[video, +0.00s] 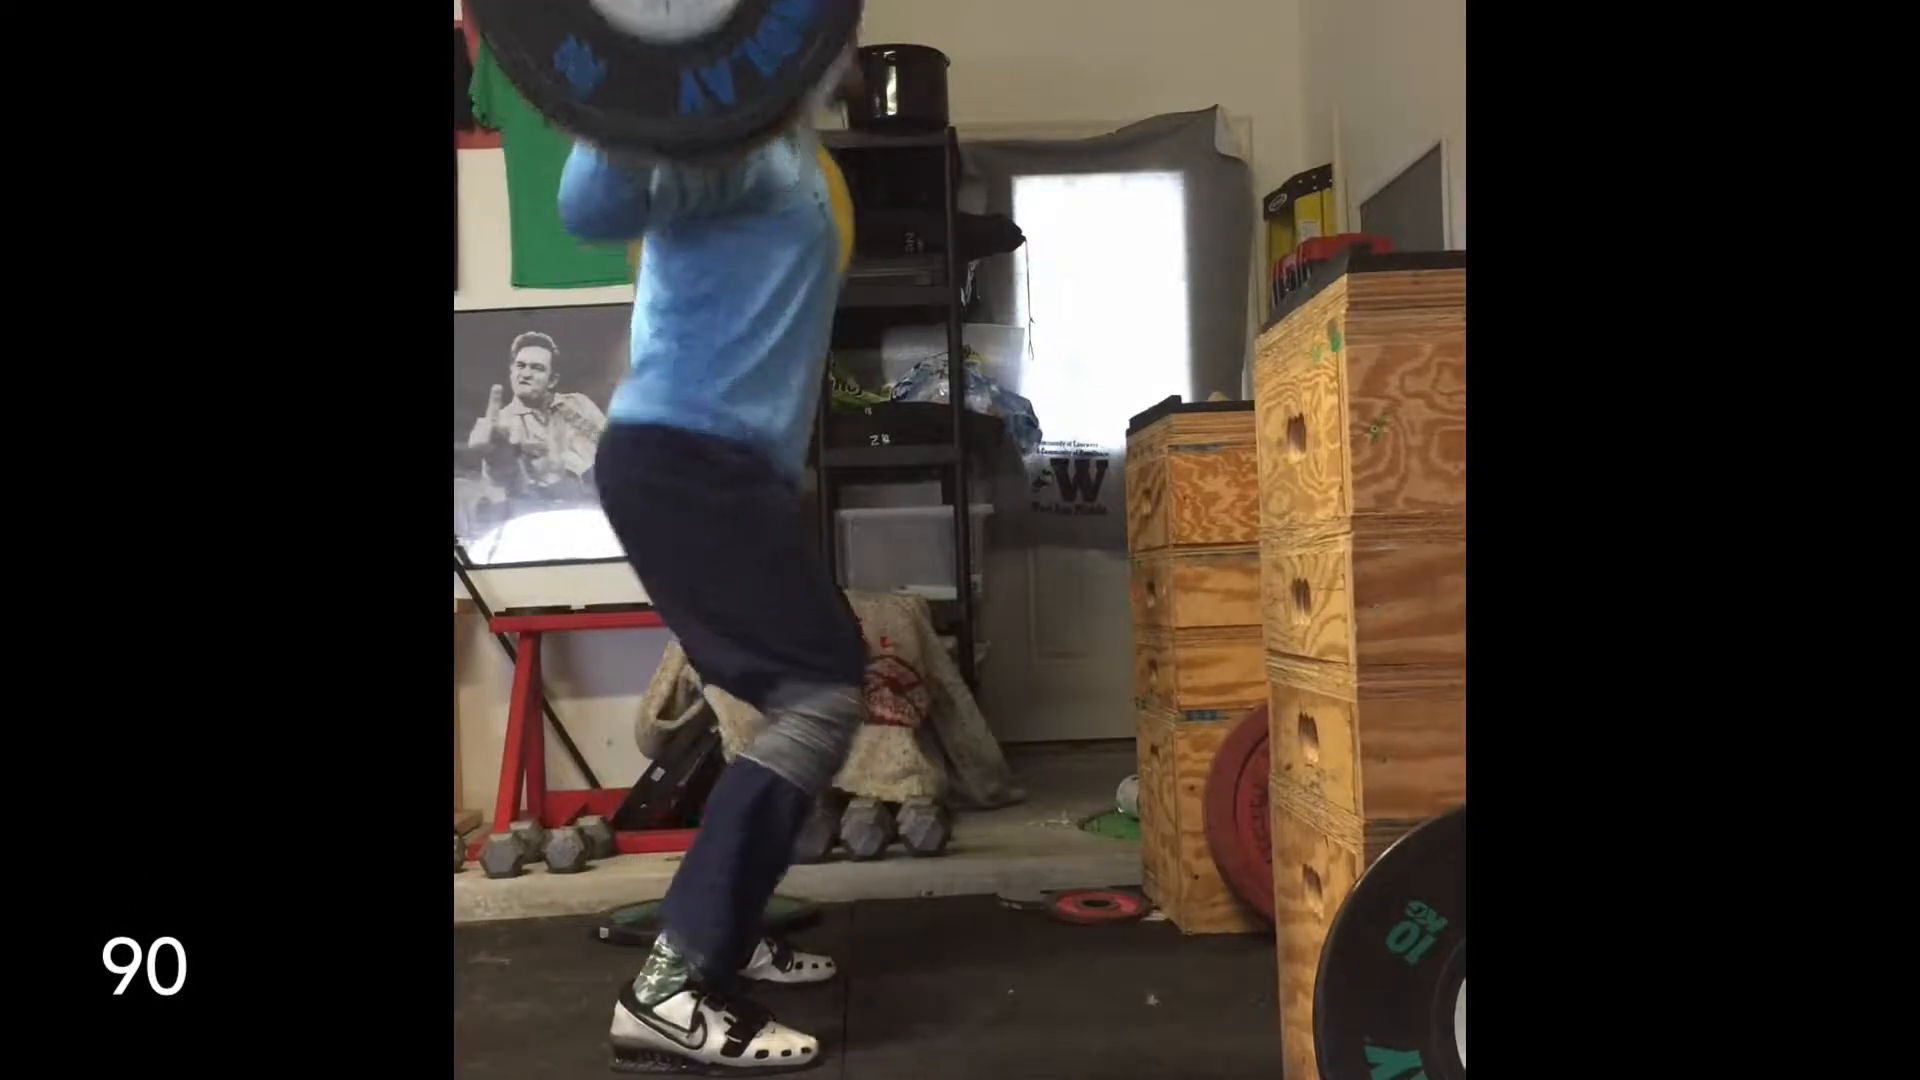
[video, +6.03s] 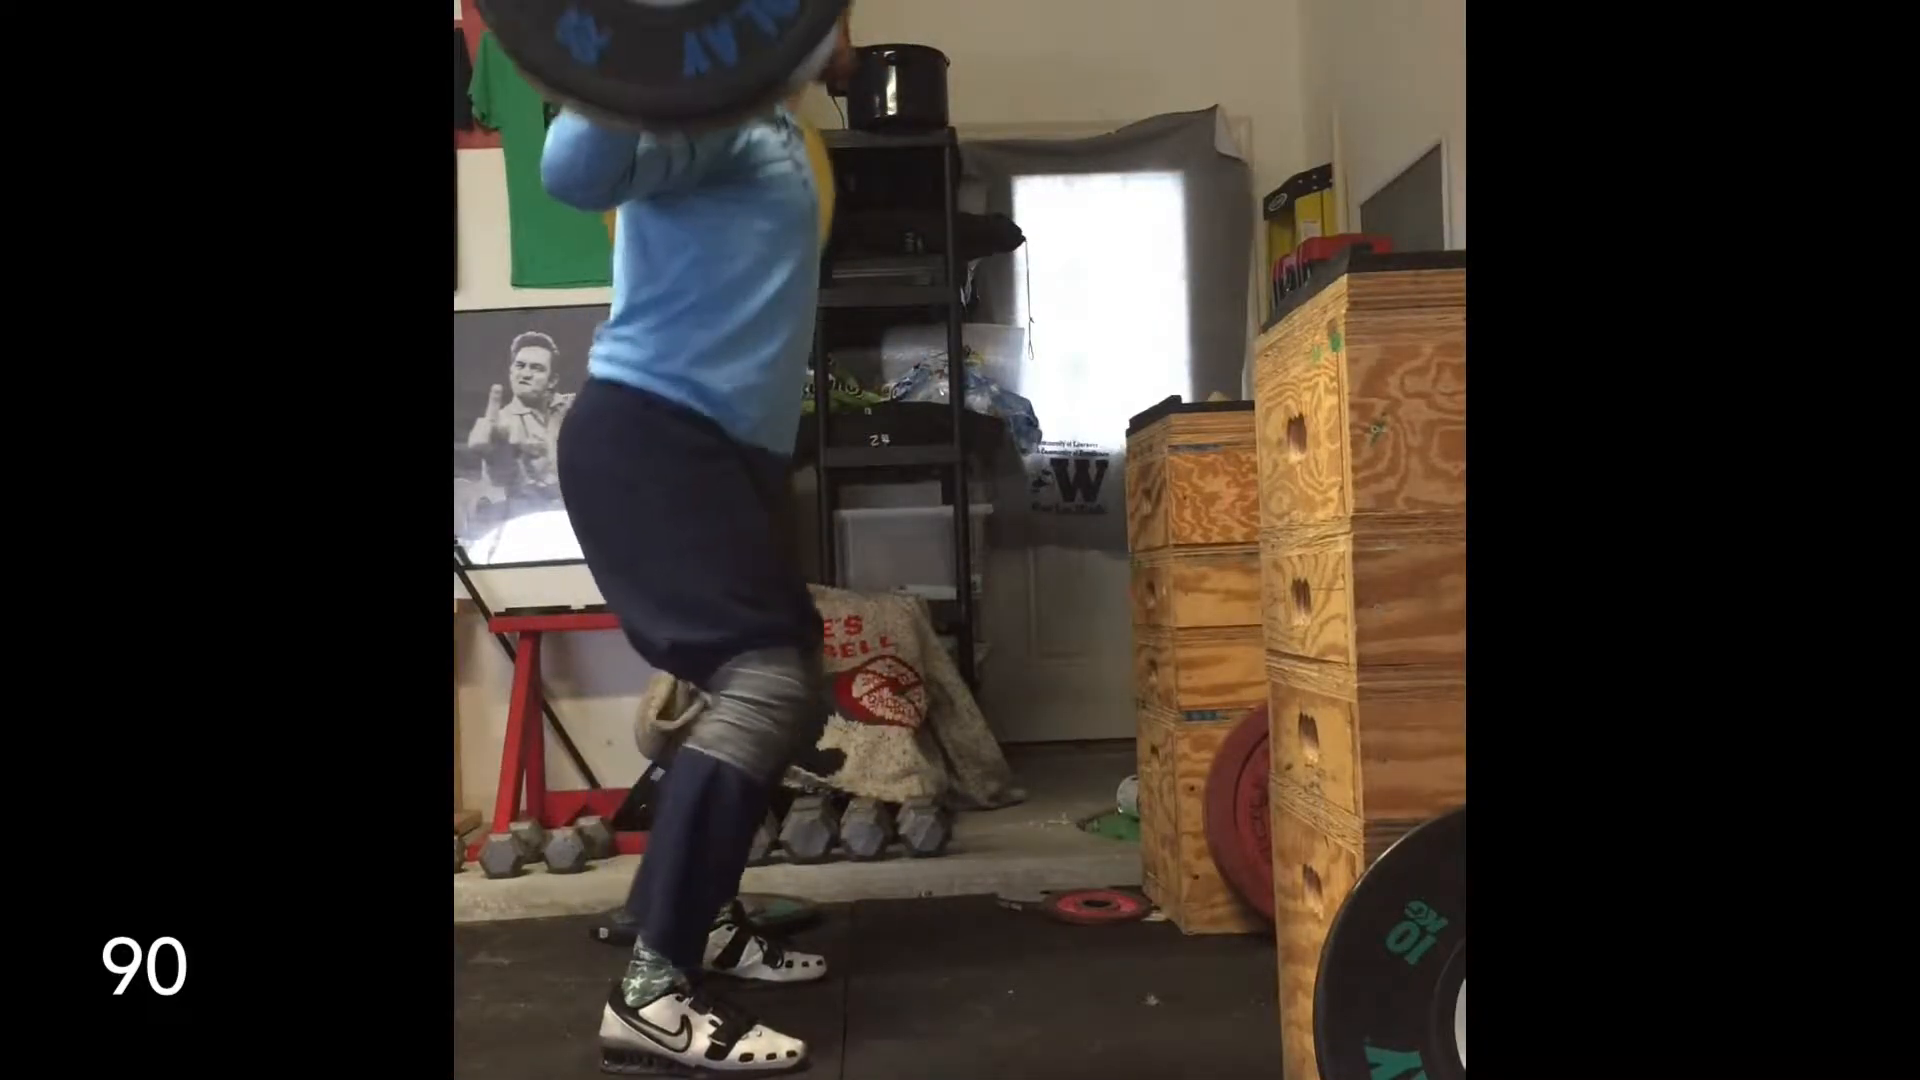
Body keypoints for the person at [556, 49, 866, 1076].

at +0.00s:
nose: (841, 65)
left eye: (839, 48)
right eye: (826, 50)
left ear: (803, 65)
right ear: (778, 60)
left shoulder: (806, 160)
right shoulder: (736, 150)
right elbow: (587, 207)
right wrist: (638, 82)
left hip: (734, 458)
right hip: (683, 456)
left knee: (815, 684)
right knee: (816, 693)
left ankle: (728, 921)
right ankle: (673, 979)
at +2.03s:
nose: (904, 451)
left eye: (903, 429)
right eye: (890, 427)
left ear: (837, 428)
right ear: (827, 423)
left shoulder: (840, 534)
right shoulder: (755, 497)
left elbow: (778, 680)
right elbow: (755, 370)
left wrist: (852, 699)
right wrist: (745, 217)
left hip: (699, 788)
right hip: (620, 799)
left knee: (869, 717)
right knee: (861, 758)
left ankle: (748, 929)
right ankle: (677, 990)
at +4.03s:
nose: (859, 18)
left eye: (859, 5)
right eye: (849, 1)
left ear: (797, 12)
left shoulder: (788, 103)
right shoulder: (715, 66)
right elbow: (554, 110)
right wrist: (612, 14)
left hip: (738, 406)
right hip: (676, 393)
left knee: (710, 667)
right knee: (677, 672)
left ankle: (691, 917)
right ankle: (643, 981)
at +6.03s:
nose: (842, 38)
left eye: (841, 20)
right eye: (826, 18)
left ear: (800, 38)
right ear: (768, 23)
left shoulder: (790, 134)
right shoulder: (704, 121)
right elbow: (571, 173)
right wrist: (651, 57)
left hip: (722, 446)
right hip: (649, 434)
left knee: (767, 684)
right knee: (766, 684)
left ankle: (699, 920)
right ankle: (649, 985)